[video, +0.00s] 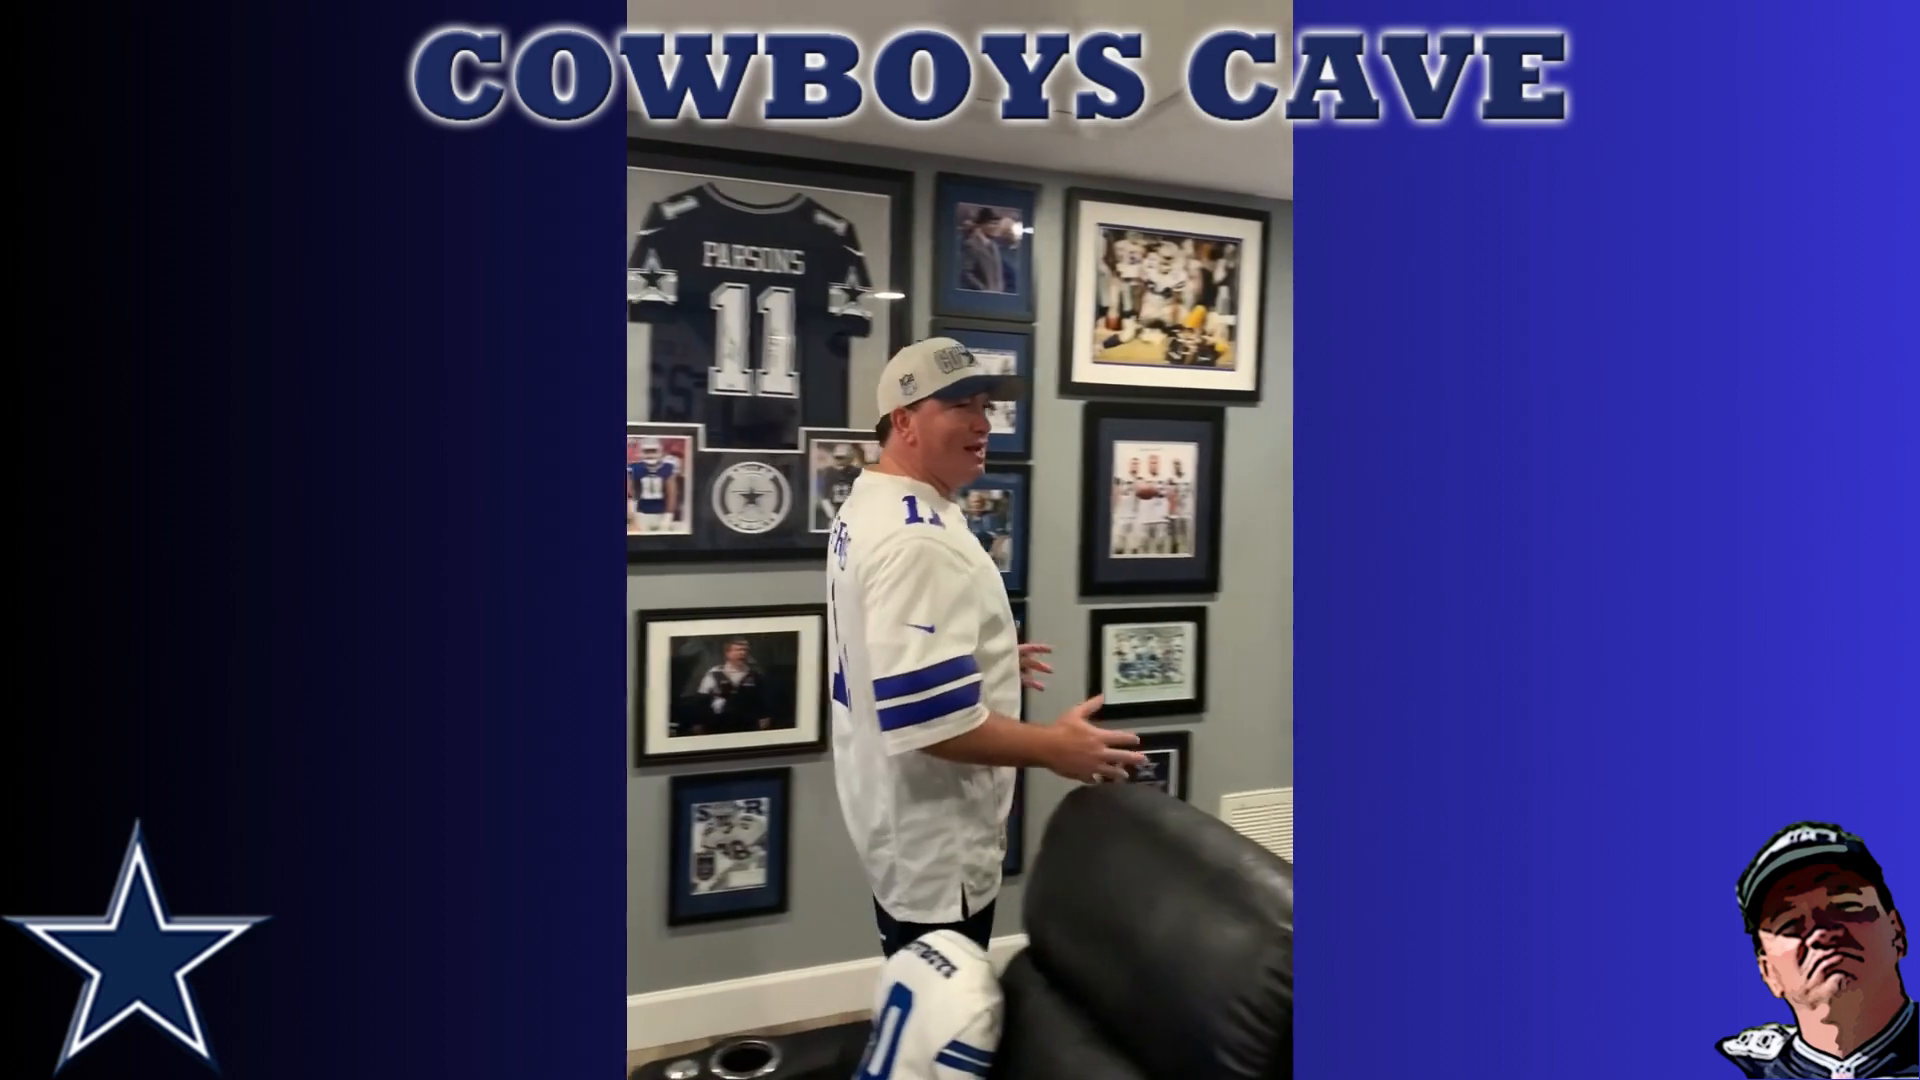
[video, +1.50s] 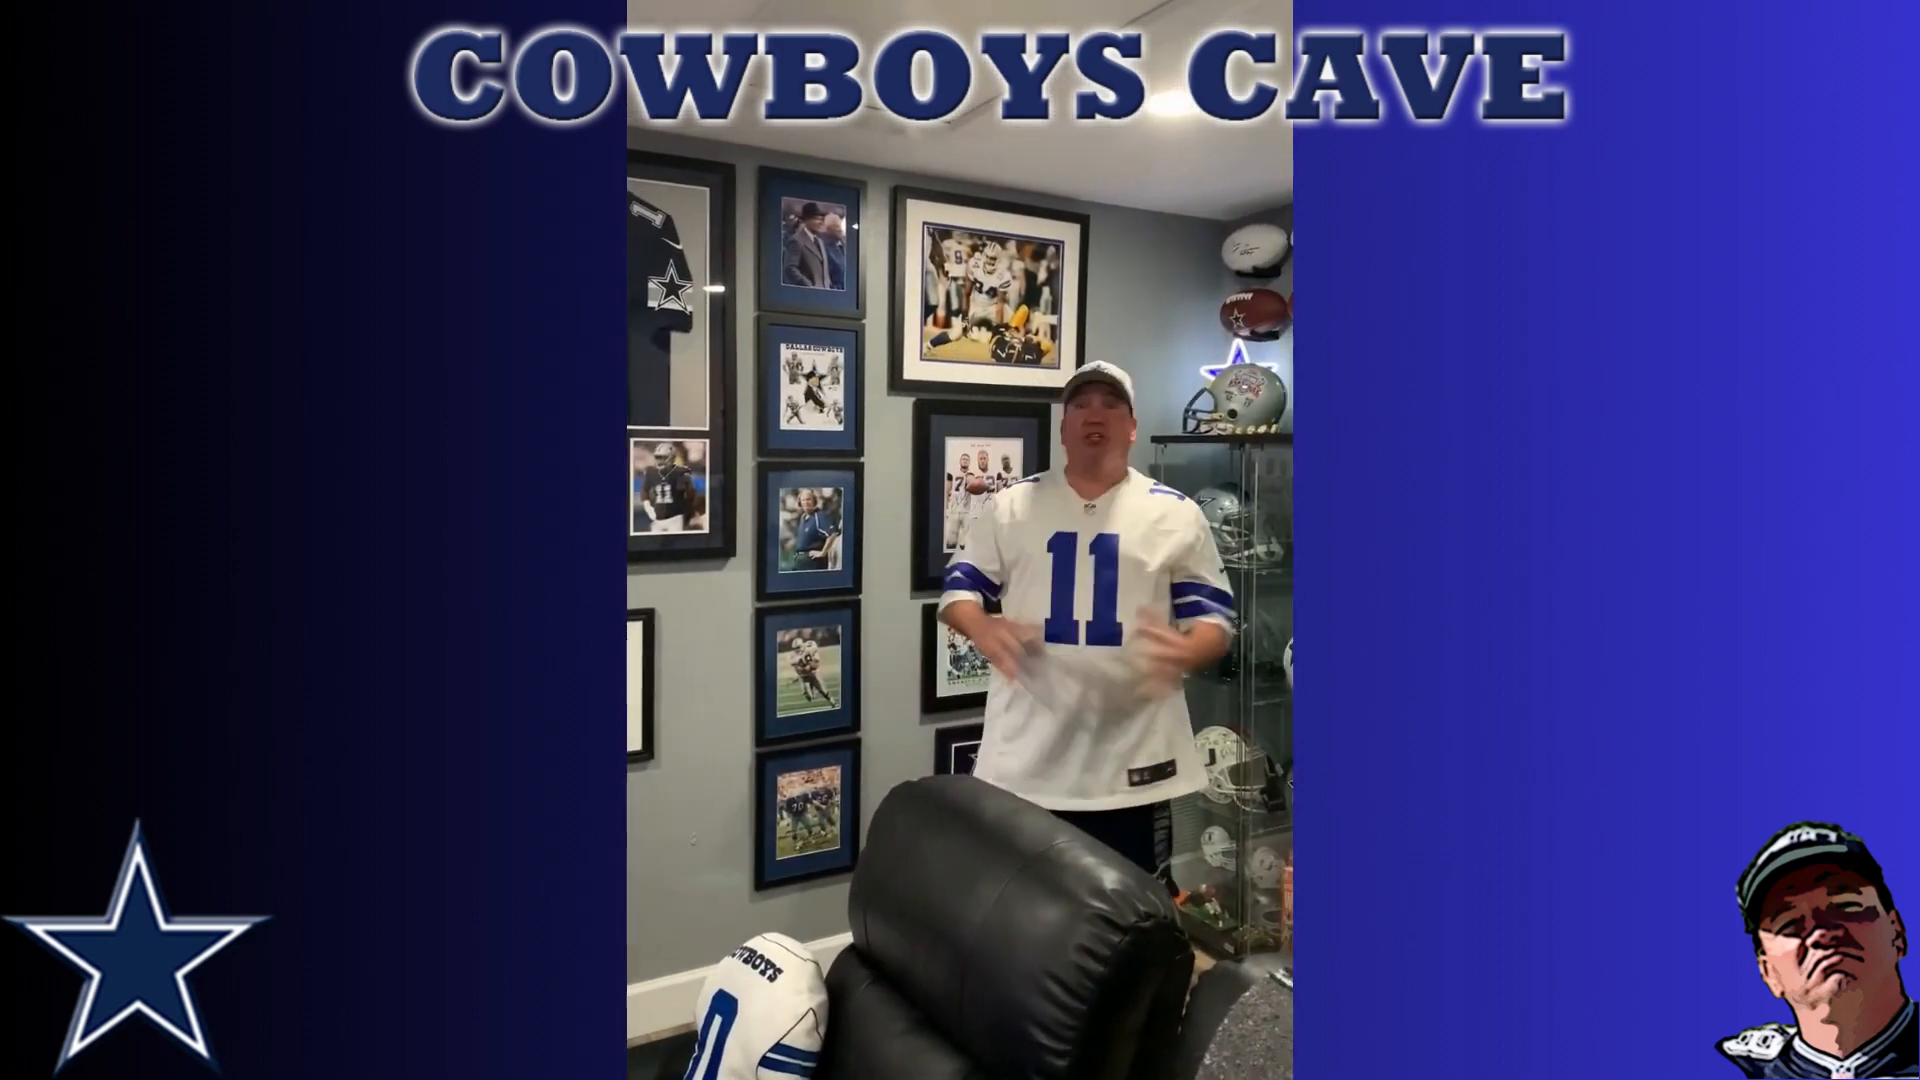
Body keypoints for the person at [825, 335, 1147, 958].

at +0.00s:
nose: (983, 425)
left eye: (983, 408)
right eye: (962, 406)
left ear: (905, 428)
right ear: (905, 423)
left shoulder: (874, 505)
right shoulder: (913, 541)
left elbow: (879, 652)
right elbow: (932, 720)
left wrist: (985, 658)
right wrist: (1049, 746)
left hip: (904, 817)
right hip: (938, 834)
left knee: (932, 1015)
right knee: (946, 1024)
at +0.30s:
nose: (978, 430)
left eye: (988, 413)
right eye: (955, 411)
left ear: (998, 425)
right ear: (909, 423)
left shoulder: (973, 518)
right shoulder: (882, 541)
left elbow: (985, 641)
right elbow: (852, 709)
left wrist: (1058, 672)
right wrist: (981, 756)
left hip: (990, 831)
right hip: (923, 850)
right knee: (920, 1031)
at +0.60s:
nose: (975, 429)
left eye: (997, 412)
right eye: (966, 411)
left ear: (1037, 429)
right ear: (954, 421)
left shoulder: (1087, 516)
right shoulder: (907, 536)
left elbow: (1124, 616)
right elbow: (859, 657)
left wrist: (1164, 681)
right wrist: (917, 721)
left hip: (1074, 809)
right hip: (958, 817)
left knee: (1073, 975)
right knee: (948, 983)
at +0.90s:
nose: (949, 425)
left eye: (968, 409)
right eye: (947, 410)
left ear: (1019, 426)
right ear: (942, 418)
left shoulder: (1094, 513)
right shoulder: (916, 526)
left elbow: (1154, 614)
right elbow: (879, 625)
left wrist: (1140, 682)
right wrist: (884, 689)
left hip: (1076, 799)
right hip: (965, 800)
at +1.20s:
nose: (988, 435)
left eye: (1005, 419)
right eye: (983, 421)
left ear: (1049, 435)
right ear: (976, 434)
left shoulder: (1115, 515)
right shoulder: (968, 527)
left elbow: (1182, 626)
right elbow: (937, 618)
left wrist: (1108, 681)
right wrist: (906, 669)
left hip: (1095, 796)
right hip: (994, 794)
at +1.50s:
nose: (1095, 415)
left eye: (1110, 405)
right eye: (1081, 404)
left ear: (1132, 429)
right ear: (1062, 427)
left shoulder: (1175, 515)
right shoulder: (1007, 509)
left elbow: (1212, 619)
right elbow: (957, 595)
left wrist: (1187, 649)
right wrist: (979, 626)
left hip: (1131, 773)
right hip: (1023, 771)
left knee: (1131, 937)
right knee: (1024, 931)